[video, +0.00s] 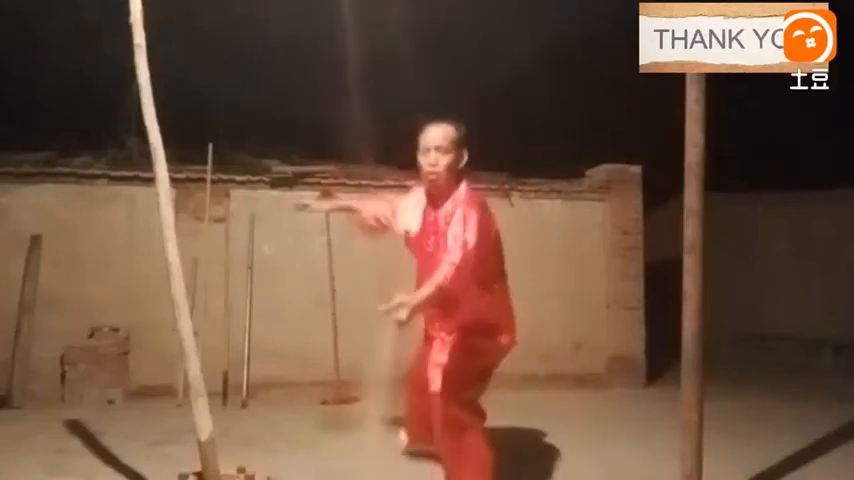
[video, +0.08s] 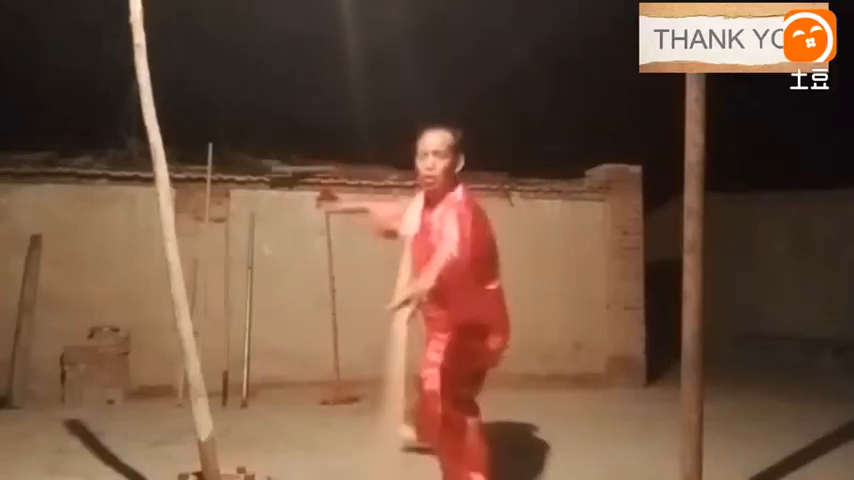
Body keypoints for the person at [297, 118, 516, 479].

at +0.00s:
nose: (431, 160)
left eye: (440, 152)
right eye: (425, 151)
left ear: (460, 157)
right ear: (418, 157)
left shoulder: (468, 205)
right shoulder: (416, 202)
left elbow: (456, 262)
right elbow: (379, 212)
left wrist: (416, 299)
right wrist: (340, 204)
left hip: (480, 326)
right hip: (443, 324)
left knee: (449, 398)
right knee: (420, 384)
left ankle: (472, 472)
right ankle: (425, 442)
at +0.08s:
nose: (427, 164)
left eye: (437, 156)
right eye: (422, 155)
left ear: (457, 162)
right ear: (415, 161)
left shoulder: (459, 206)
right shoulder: (423, 204)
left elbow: (454, 254)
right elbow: (396, 218)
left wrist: (422, 285)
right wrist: (345, 203)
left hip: (476, 327)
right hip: (443, 325)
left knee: (454, 401)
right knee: (433, 407)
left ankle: (472, 472)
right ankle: (457, 471)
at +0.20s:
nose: (420, 172)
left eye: (430, 164)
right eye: (416, 164)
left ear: (449, 171)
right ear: (409, 170)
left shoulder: (452, 210)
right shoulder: (419, 209)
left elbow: (428, 234)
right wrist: (341, 201)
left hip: (466, 332)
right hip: (439, 331)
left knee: (455, 429)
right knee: (438, 431)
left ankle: (467, 474)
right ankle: (448, 473)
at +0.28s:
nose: (418, 175)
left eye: (427, 167)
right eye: (414, 167)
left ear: (446, 173)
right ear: (409, 173)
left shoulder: (450, 209)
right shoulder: (422, 212)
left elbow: (439, 240)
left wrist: (390, 196)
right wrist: (426, 339)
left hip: (472, 321)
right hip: (444, 319)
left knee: (445, 382)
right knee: (416, 370)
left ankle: (466, 470)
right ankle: (432, 447)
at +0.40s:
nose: (419, 178)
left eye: (429, 171)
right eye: (414, 171)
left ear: (444, 176)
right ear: (408, 176)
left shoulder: (451, 213)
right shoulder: (420, 213)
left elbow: (441, 242)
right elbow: (394, 213)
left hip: (466, 317)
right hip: (435, 317)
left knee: (432, 369)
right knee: (412, 371)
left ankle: (463, 467)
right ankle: (429, 439)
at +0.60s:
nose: (416, 199)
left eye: (422, 191)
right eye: (411, 191)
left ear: (433, 195)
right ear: (403, 194)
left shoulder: (439, 230)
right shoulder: (411, 228)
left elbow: (423, 279)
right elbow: (371, 227)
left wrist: (386, 258)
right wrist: (343, 205)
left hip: (462, 332)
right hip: (439, 327)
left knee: (406, 369)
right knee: (401, 365)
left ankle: (439, 443)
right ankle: (420, 435)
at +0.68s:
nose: (406, 226)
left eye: (413, 220)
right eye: (402, 219)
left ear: (425, 222)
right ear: (395, 220)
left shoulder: (433, 255)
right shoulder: (395, 251)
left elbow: (428, 306)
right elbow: (359, 246)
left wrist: (393, 322)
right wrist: (343, 214)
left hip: (459, 345)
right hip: (435, 341)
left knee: (403, 384)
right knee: (397, 378)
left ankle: (435, 441)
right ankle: (416, 435)